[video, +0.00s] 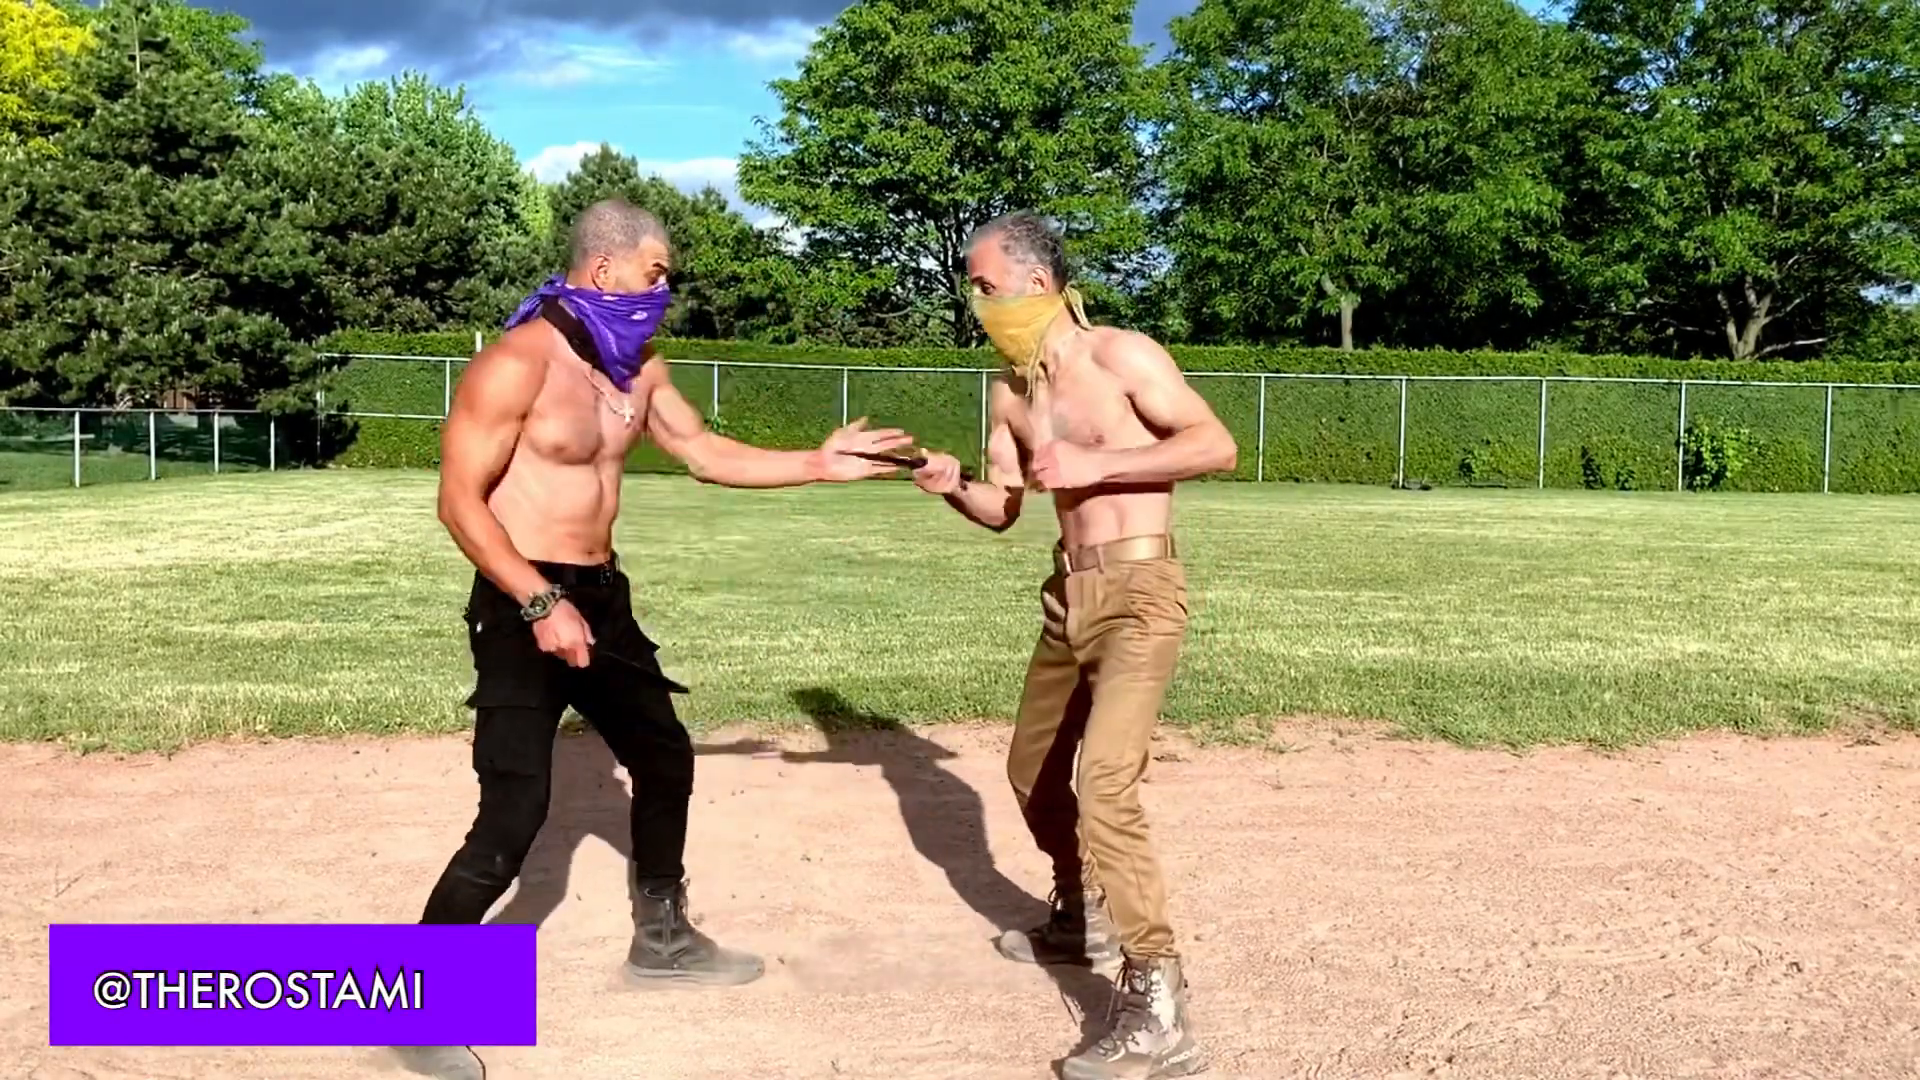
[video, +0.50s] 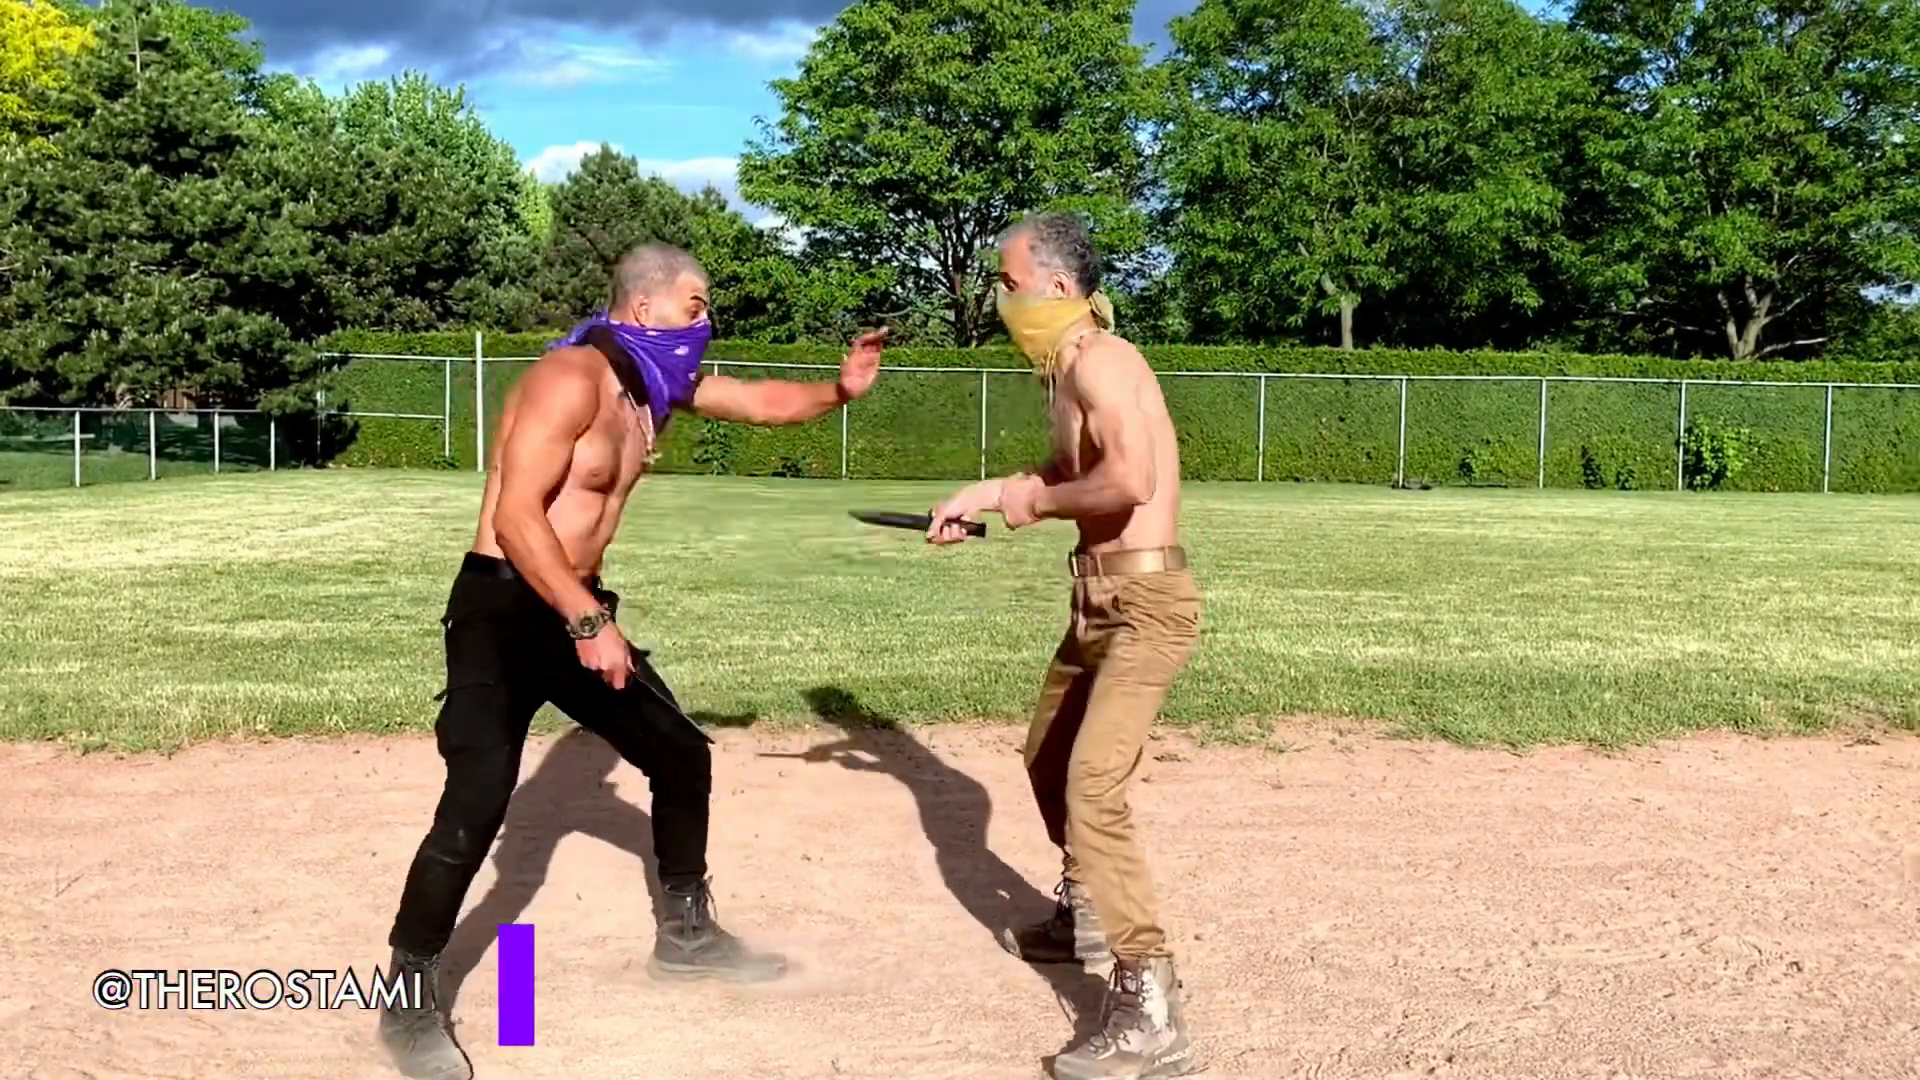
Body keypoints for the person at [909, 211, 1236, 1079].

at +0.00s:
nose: (976, 304)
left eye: (984, 286)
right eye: (971, 290)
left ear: (1036, 278)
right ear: (1008, 286)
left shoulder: (1121, 353)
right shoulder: (1009, 390)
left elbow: (1217, 446)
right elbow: (1001, 508)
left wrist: (1098, 466)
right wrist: (955, 484)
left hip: (1142, 592)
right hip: (1067, 599)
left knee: (1102, 784)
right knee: (1035, 778)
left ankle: (1158, 1004)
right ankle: (1082, 912)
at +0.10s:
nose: (969, 317)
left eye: (977, 298)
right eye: (963, 302)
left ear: (1027, 289)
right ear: (1005, 295)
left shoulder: (1103, 354)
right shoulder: (1019, 402)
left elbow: (1187, 441)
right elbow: (1076, 501)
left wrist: (1063, 437)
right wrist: (1029, 540)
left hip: (1137, 597)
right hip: (1071, 607)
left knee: (1094, 789)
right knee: (1031, 776)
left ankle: (1159, 1014)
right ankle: (1082, 917)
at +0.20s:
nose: (964, 320)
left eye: (971, 304)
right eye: (959, 307)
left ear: (1018, 295)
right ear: (1007, 299)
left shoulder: (1080, 348)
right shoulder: (1039, 385)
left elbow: (1112, 412)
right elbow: (1083, 507)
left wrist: (1009, 404)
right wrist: (1040, 550)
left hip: (1137, 597)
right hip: (1087, 604)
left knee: (1087, 791)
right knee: (1038, 770)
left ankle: (1157, 1012)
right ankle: (1084, 918)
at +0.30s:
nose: (972, 323)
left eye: (979, 306)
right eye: (969, 309)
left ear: (1025, 296)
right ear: (1031, 301)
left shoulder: (1057, 351)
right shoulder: (1062, 370)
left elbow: (941, 403)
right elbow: (1122, 490)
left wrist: (841, 452)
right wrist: (1062, 547)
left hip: (1148, 608)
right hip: (1110, 608)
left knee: (1089, 788)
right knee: (1045, 764)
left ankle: (1150, 1005)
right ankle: (1085, 914)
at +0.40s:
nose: (986, 317)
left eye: (993, 300)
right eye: (985, 302)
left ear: (1038, 295)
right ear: (1051, 298)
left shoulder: (1055, 366)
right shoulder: (1093, 369)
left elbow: (967, 449)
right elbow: (1135, 485)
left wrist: (881, 499)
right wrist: (1069, 539)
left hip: (1145, 611)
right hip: (1114, 606)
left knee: (1083, 791)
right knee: (1046, 759)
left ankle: (1149, 1008)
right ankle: (1088, 910)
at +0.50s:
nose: (1004, 301)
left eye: (1012, 284)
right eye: (1002, 285)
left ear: (1059, 284)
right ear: (1058, 282)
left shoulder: (1104, 363)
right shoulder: (1070, 371)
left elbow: (1128, 482)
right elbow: (1060, 474)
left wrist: (1037, 501)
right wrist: (980, 496)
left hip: (1145, 605)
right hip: (1101, 604)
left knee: (1092, 788)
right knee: (1048, 762)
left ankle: (1150, 1011)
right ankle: (1090, 913)